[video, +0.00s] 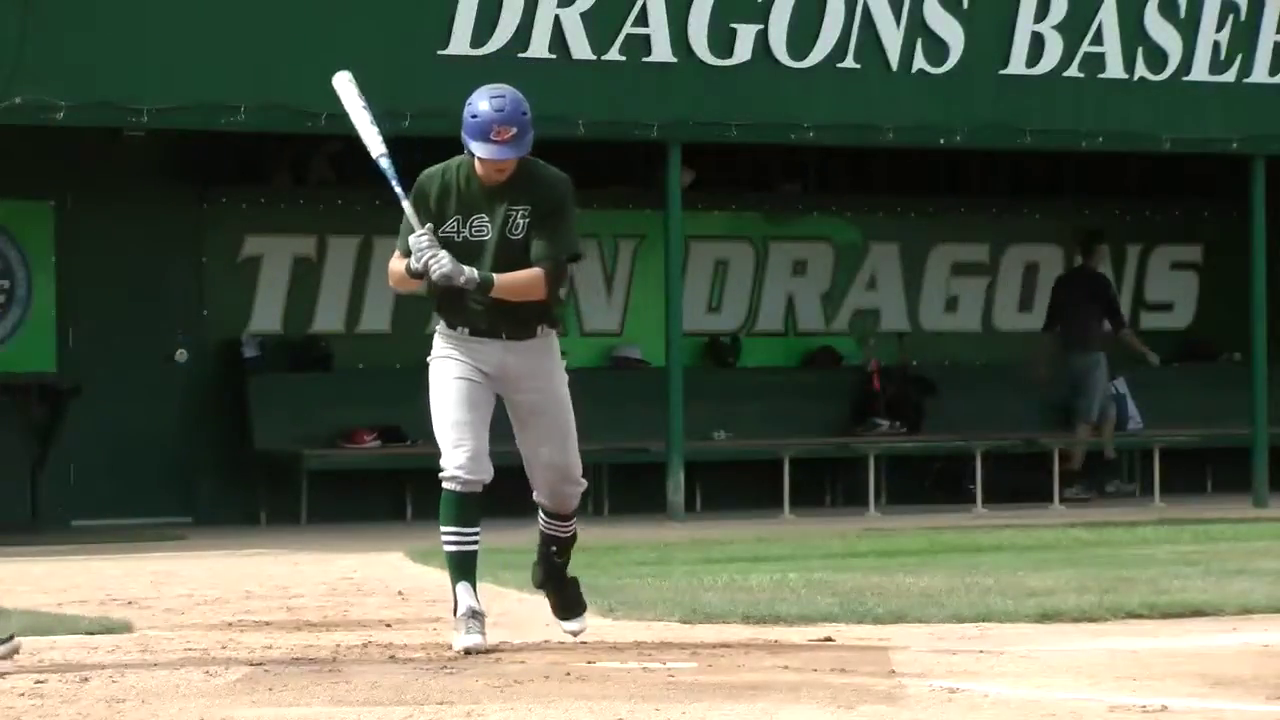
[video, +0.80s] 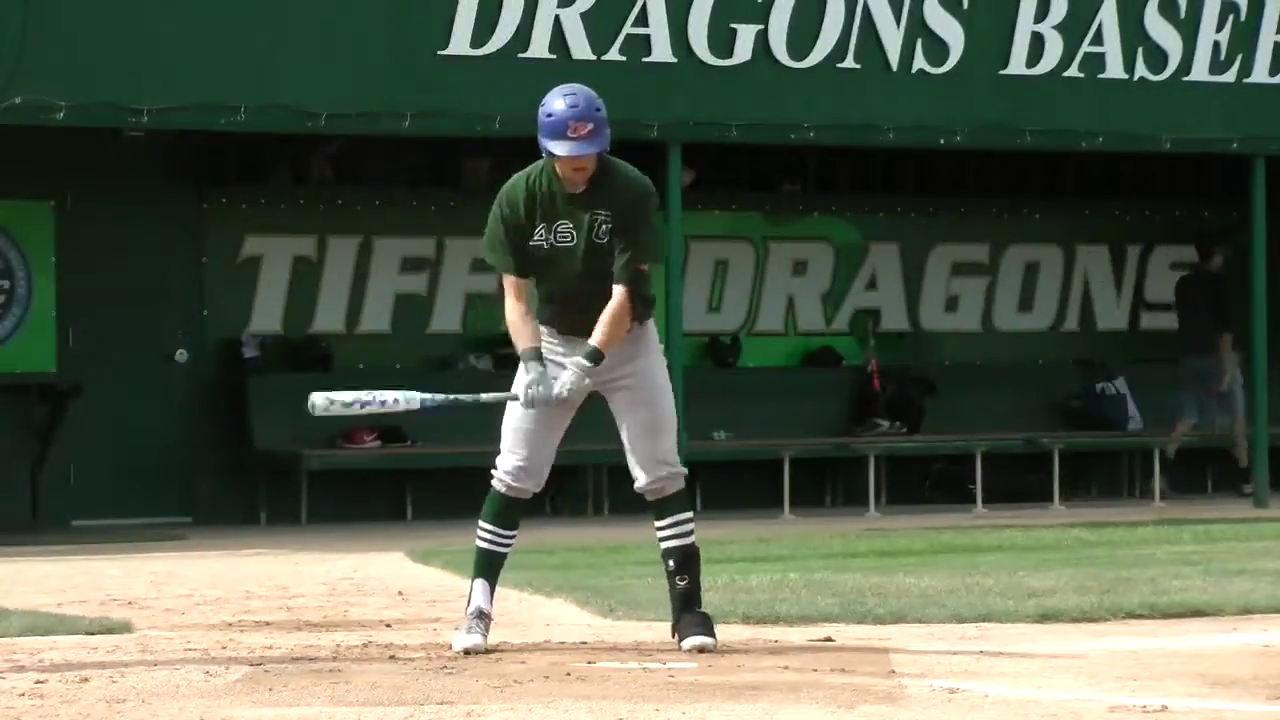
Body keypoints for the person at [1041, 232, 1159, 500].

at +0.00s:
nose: (1105, 257)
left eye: (1103, 252)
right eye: (1103, 252)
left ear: (1080, 252)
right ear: (1098, 253)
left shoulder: (1063, 281)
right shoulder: (1100, 281)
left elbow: (1049, 327)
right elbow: (1120, 328)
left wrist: (1043, 362)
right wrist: (1146, 352)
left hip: (1069, 354)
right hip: (1093, 355)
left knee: (1108, 408)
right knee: (1085, 418)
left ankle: (1109, 470)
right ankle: (1072, 481)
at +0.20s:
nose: (1135, 258)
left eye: (1134, 252)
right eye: (1133, 253)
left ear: (1110, 254)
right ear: (1128, 254)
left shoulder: (1093, 286)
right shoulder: (1131, 287)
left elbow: (1079, 332)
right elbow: (1148, 332)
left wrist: (1065, 365)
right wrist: (1171, 358)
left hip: (1100, 359)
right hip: (1126, 359)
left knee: (1129, 421)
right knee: (1112, 419)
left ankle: (1144, 476)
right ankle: (1083, 475)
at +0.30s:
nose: (1147, 256)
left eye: (1146, 251)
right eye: (1146, 252)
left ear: (1116, 254)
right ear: (1141, 253)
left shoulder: (1107, 284)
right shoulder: (1147, 283)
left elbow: (1099, 330)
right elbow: (1159, 327)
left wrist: (1091, 364)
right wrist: (1172, 357)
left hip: (1114, 356)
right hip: (1142, 357)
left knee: (1132, 418)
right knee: (1142, 421)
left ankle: (1145, 481)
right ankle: (1104, 463)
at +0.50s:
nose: (1174, 256)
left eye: (1171, 251)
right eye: (1172, 251)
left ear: (1149, 251)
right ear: (1169, 252)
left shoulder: (1135, 279)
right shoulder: (1175, 281)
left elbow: (1133, 323)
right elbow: (1180, 325)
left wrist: (1139, 350)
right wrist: (1184, 362)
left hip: (1142, 358)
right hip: (1168, 358)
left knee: (1149, 417)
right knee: (1193, 414)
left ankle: (1146, 480)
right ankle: (1171, 461)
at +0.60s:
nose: (1193, 252)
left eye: (1190, 248)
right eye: (1191, 248)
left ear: (1167, 251)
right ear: (1185, 252)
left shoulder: (1151, 279)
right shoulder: (1188, 283)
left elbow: (1140, 318)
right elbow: (1190, 330)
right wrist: (1194, 366)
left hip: (1156, 354)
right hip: (1183, 357)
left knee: (1157, 416)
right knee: (1211, 411)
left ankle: (1150, 479)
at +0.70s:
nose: (1207, 260)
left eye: (1205, 254)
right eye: (1206, 255)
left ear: (1183, 254)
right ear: (1201, 255)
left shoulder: (1167, 281)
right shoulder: (1204, 283)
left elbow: (1165, 316)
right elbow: (1206, 330)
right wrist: (1210, 368)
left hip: (1173, 356)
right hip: (1200, 358)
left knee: (1172, 414)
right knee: (1222, 418)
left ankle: (1151, 474)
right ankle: (1241, 472)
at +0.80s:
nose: (1222, 260)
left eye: (1220, 255)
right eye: (1220, 255)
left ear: (1198, 254)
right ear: (1216, 256)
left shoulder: (1183, 283)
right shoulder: (1220, 283)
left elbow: (1185, 325)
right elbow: (1224, 332)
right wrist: (1227, 370)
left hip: (1191, 358)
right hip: (1217, 358)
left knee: (1188, 414)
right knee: (1237, 416)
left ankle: (1163, 463)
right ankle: (1245, 475)